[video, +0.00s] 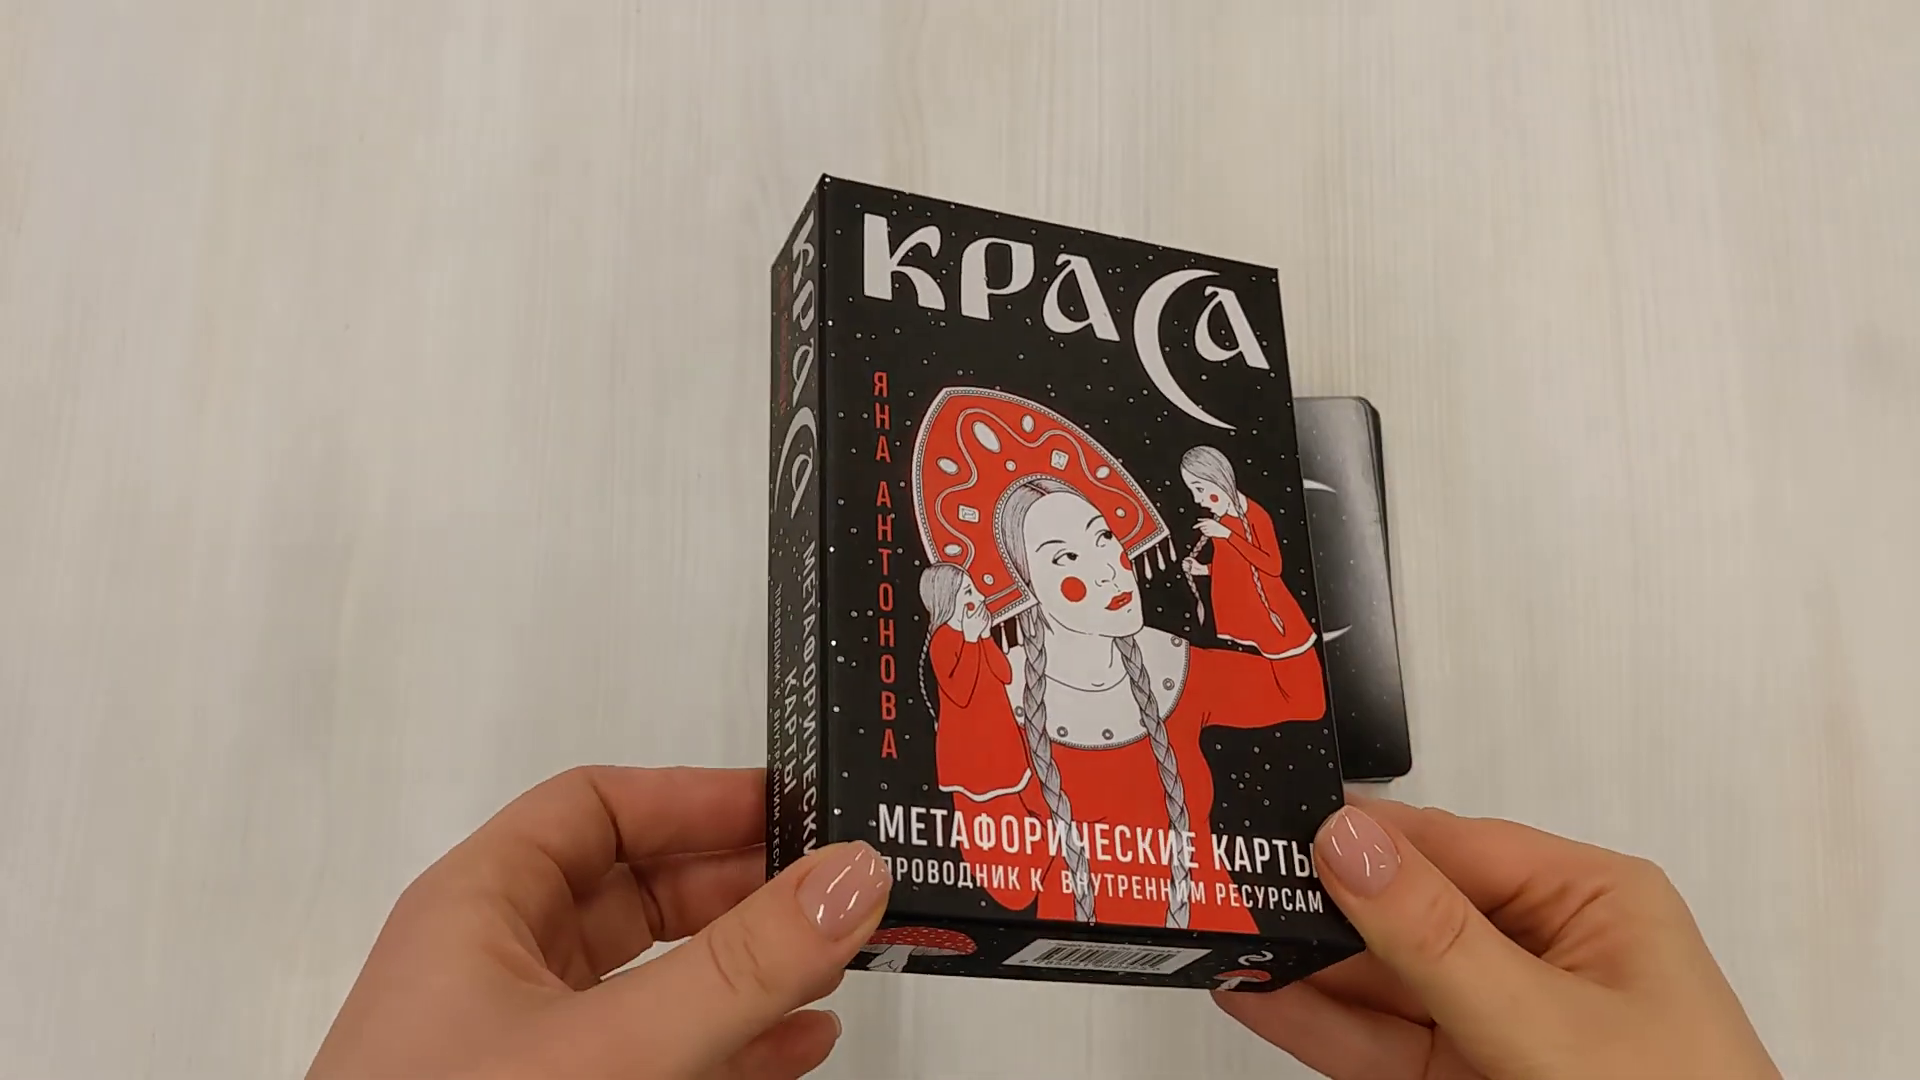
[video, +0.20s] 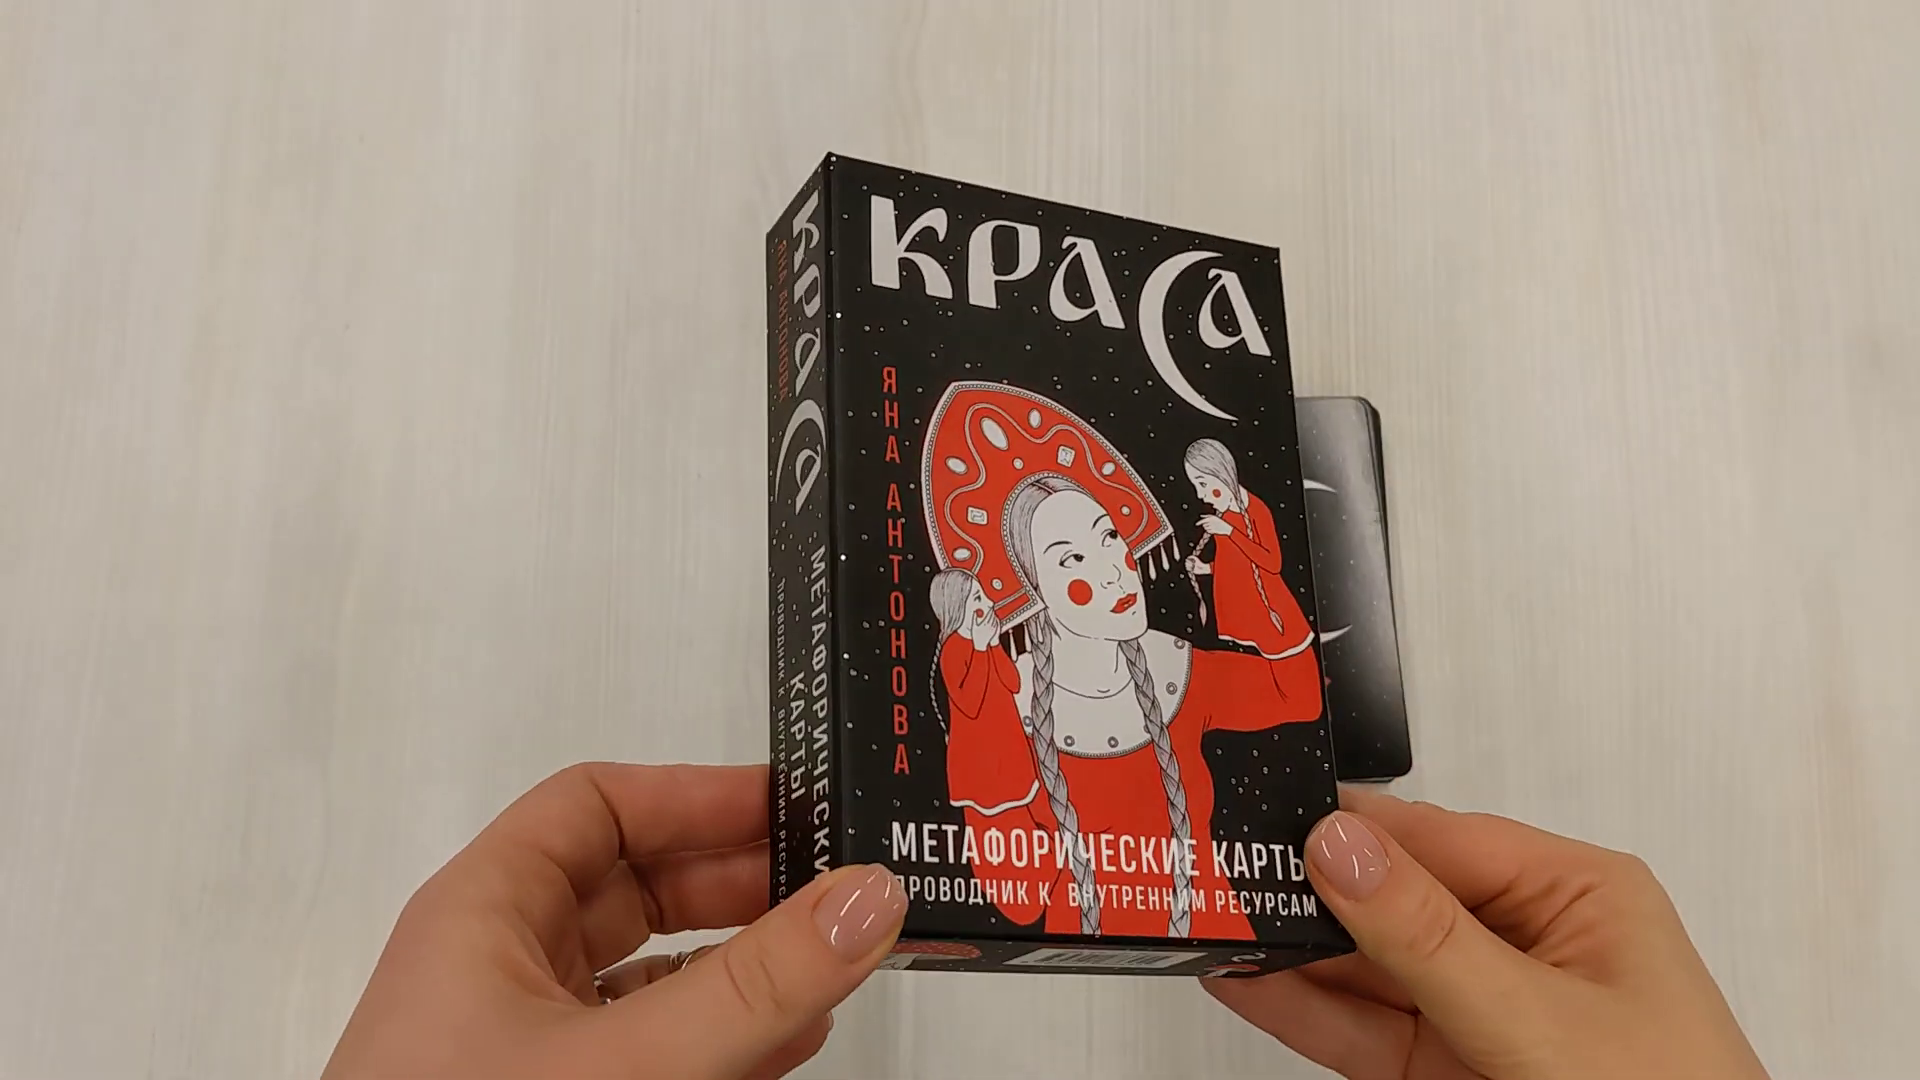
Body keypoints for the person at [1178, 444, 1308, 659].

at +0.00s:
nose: (1198, 500)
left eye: (1200, 488)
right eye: (1194, 491)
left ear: (1220, 479)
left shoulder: (1256, 517)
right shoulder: (1223, 519)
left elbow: (1274, 566)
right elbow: (1237, 566)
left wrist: (1227, 535)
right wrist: (1204, 569)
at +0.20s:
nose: (1200, 495)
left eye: (1203, 483)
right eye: (1196, 486)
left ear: (1223, 473)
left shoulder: (1256, 510)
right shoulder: (1226, 513)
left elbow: (1273, 563)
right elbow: (1239, 563)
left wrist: (1230, 531)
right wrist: (1208, 568)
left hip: (1281, 628)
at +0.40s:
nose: (1236, 484)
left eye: (1240, 471)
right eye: (1232, 475)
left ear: (1263, 461)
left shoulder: (1297, 498)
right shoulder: (1261, 500)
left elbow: (1308, 555)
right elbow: (1269, 555)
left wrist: (1265, 522)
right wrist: (1236, 563)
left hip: (1309, 618)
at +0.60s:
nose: (1251, 479)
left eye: (1256, 466)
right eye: (1247, 469)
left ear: (1281, 455)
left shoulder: (1317, 491)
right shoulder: (1277, 493)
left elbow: (1328, 549)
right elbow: (1283, 551)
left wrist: (1281, 517)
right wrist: (1248, 561)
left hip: (1328, 623)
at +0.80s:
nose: (1249, 474)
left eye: (1254, 460)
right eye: (1245, 463)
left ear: (1281, 449)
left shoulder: (1319, 486)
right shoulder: (1277, 490)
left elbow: (1330, 545)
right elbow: (1282, 548)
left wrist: (1280, 512)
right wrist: (1245, 556)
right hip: (1304, 627)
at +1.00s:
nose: (1269, 465)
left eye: (1274, 451)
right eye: (1264, 455)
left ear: (1301, 440)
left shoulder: (1342, 479)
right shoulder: (1297, 483)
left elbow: (1352, 539)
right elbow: (1301, 543)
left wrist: (1300, 504)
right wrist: (1262, 549)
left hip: (1354, 621)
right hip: (1322, 622)